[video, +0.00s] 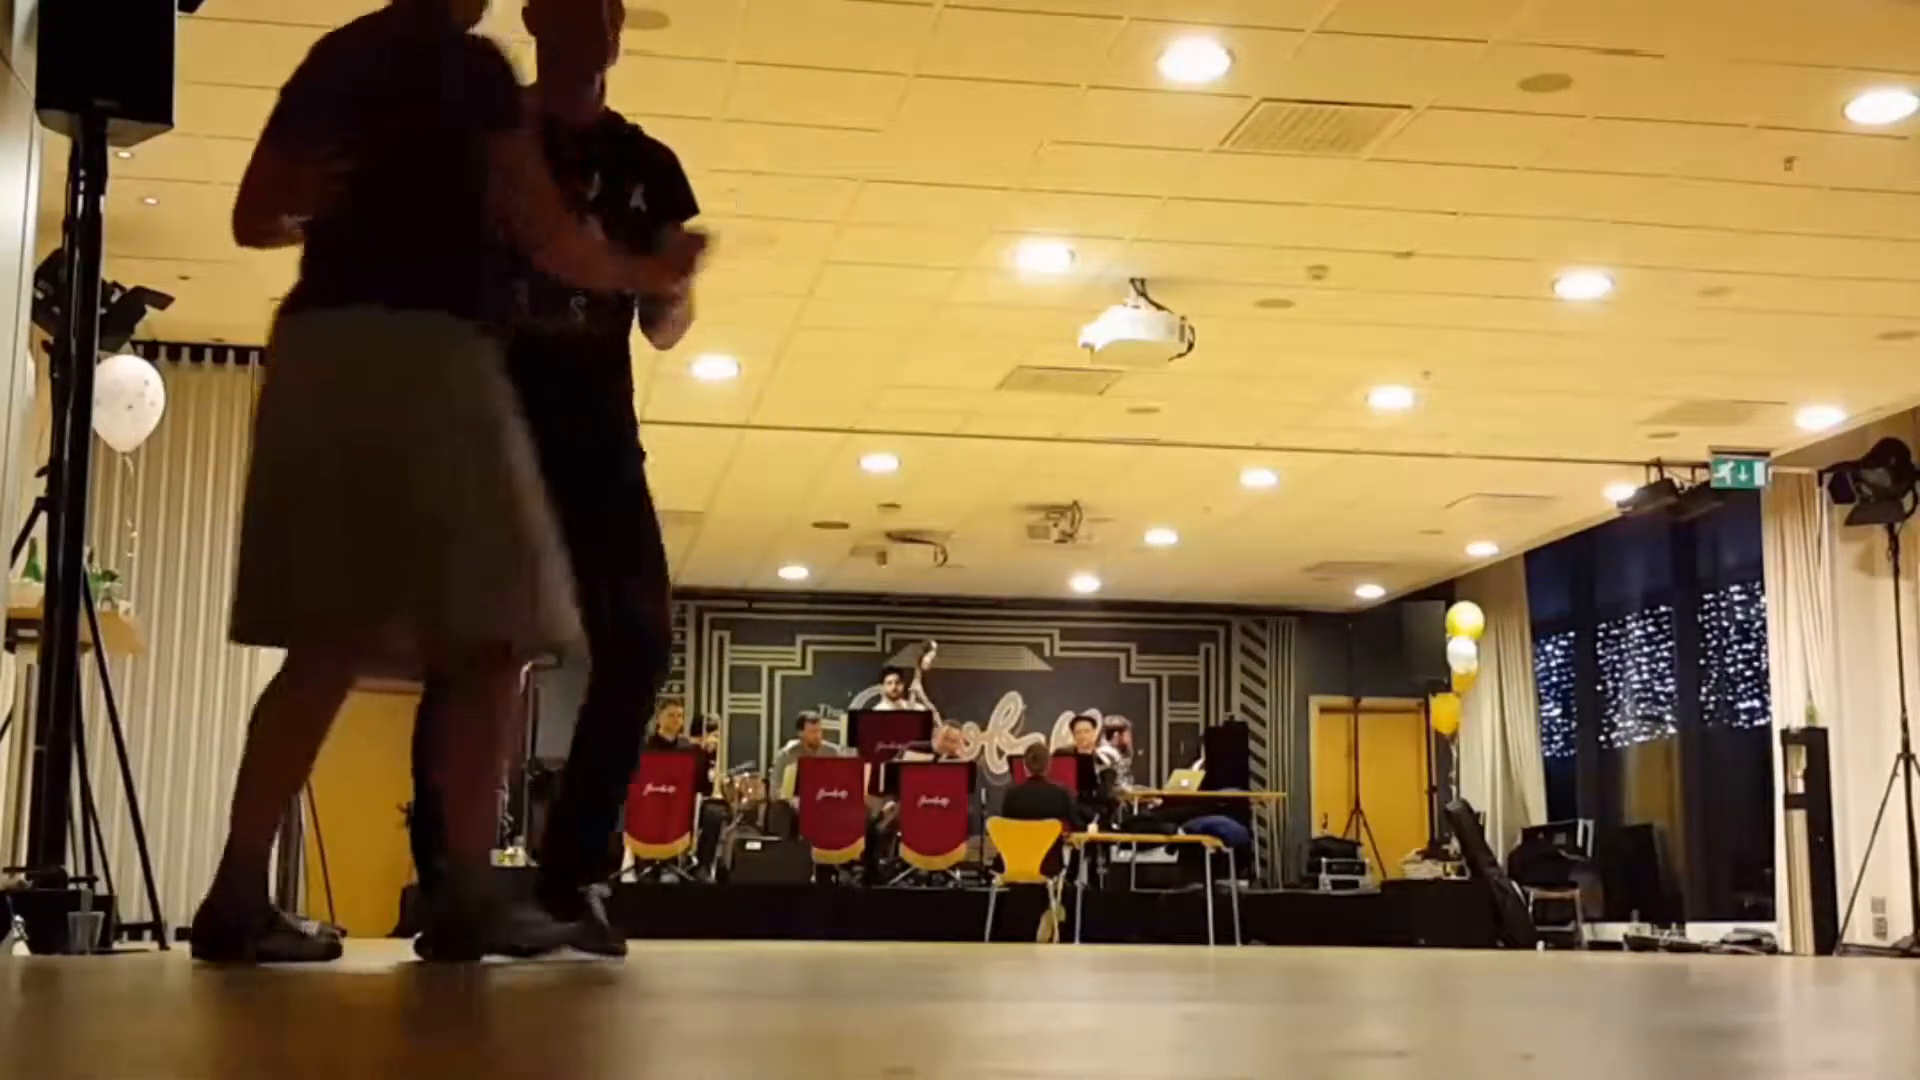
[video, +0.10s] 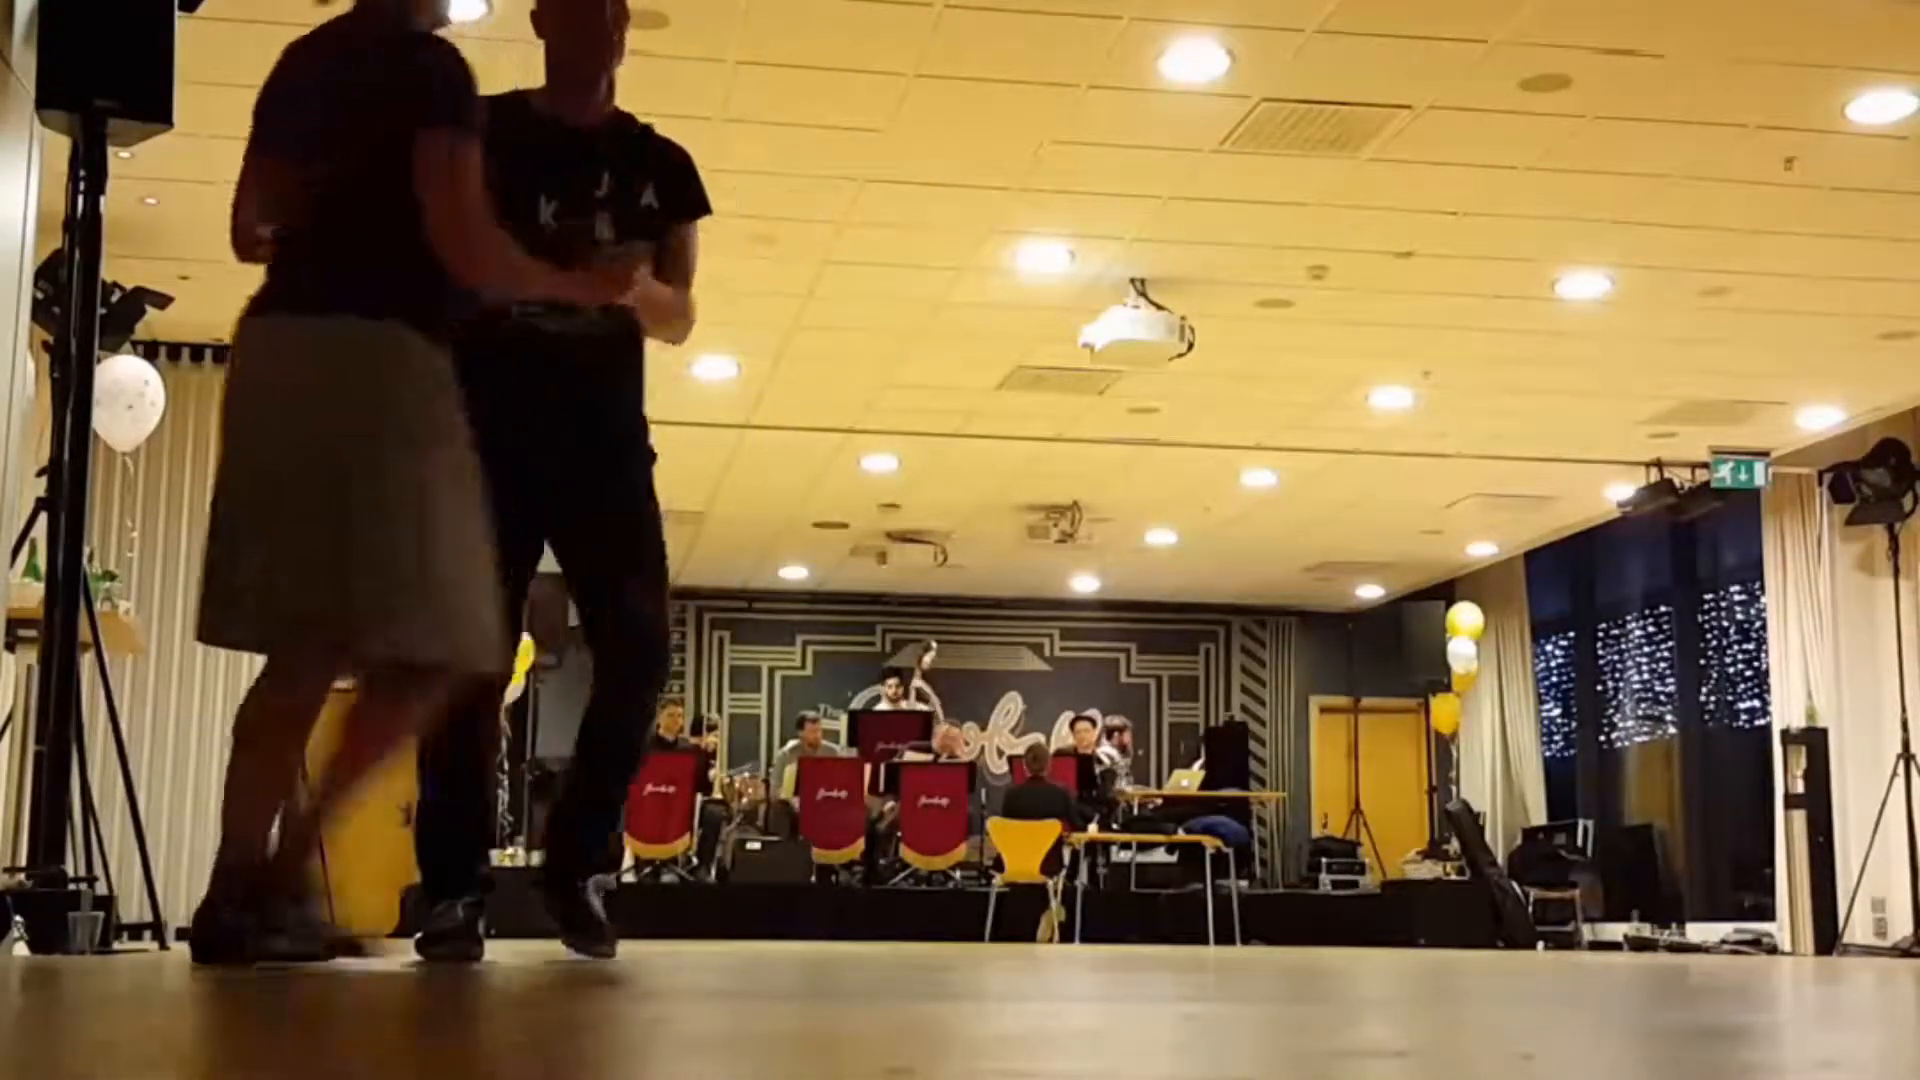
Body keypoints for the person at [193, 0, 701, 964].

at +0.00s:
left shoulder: (332, 58)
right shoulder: (477, 66)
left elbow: (256, 218)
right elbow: (549, 237)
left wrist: (355, 187)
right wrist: (649, 272)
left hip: (319, 357)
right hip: (433, 363)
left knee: (327, 642)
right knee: (490, 636)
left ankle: (236, 899)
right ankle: (472, 901)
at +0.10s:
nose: (464, 2)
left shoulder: (299, 62)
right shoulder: (434, 66)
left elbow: (251, 229)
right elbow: (470, 253)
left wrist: (364, 219)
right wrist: (585, 283)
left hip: (278, 352)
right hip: (385, 363)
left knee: (305, 641)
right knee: (442, 644)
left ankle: (236, 896)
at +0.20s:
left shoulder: (275, 45)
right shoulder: (403, 42)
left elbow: (247, 220)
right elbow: (430, 224)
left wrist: (375, 241)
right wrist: (555, 263)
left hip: (255, 340)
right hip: (351, 346)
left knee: (291, 635)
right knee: (351, 637)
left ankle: (233, 899)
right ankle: (142, 835)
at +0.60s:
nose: (437, 7)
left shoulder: (287, 81)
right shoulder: (379, 71)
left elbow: (266, 224)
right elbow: (422, 251)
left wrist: (429, 227)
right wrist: (573, 283)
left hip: (271, 380)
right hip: (341, 392)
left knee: (332, 656)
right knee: (430, 641)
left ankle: (239, 895)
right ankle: (242, 819)